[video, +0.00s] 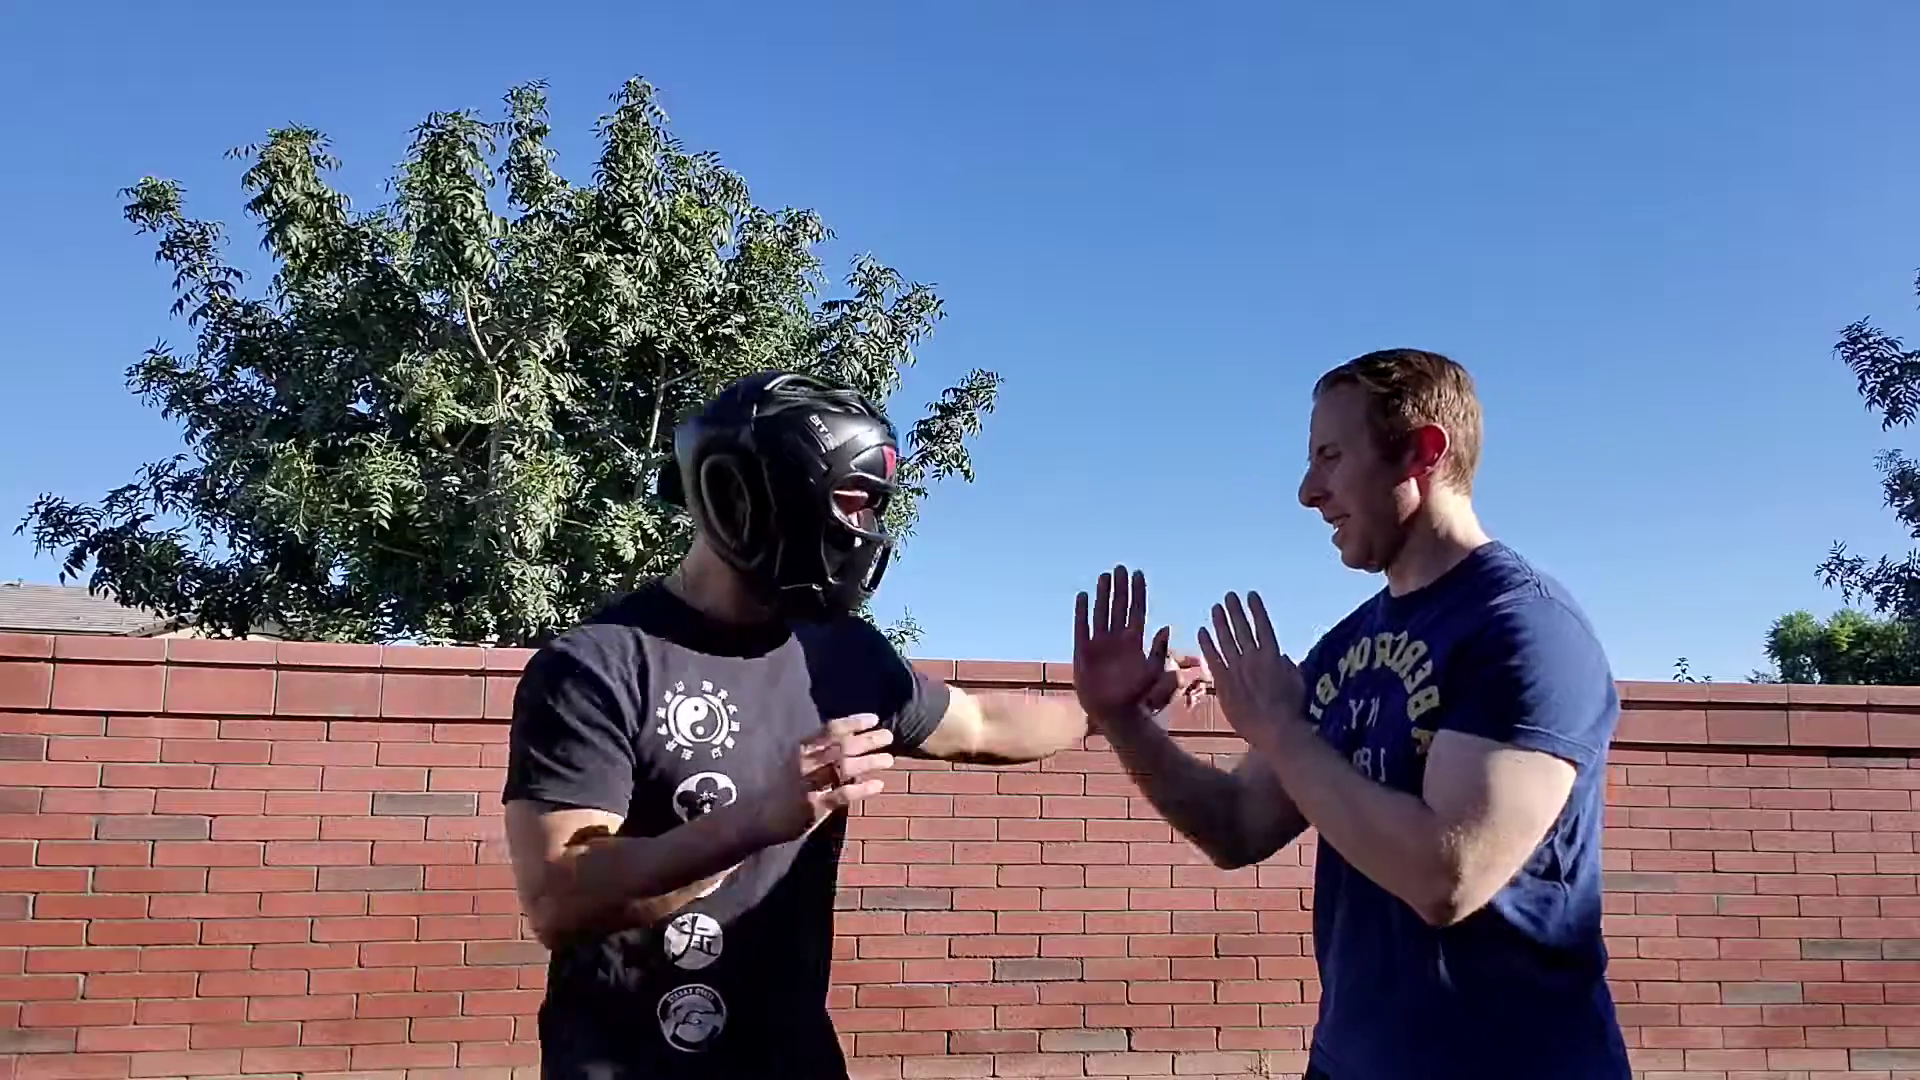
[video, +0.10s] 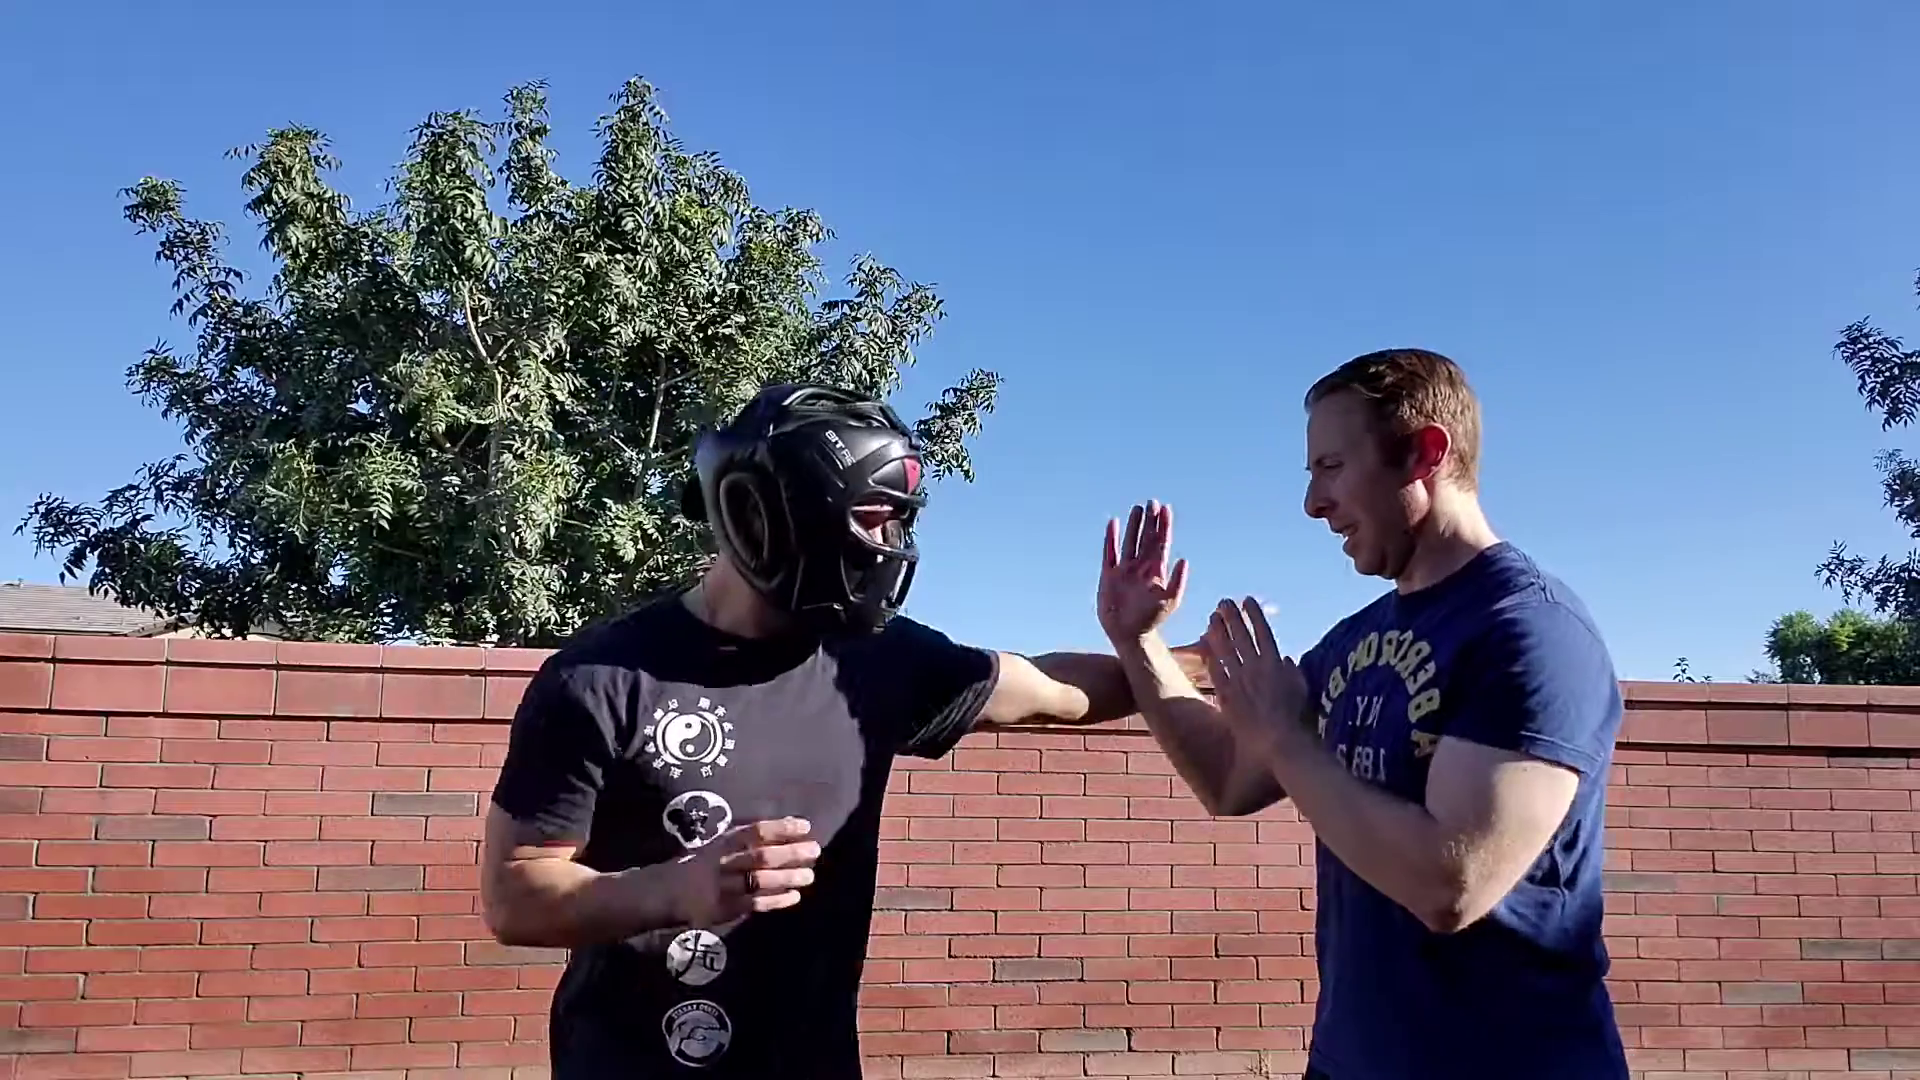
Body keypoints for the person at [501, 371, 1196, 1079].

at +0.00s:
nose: (867, 531)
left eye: (873, 507)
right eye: (847, 503)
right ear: (754, 497)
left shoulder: (837, 652)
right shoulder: (591, 670)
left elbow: (984, 728)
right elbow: (557, 902)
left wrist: (1106, 713)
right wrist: (766, 816)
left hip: (788, 1054)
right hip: (623, 1059)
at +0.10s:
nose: (893, 543)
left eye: (896, 518)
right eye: (870, 517)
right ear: (774, 515)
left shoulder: (881, 666)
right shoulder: (597, 684)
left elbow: (1064, 692)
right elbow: (516, 898)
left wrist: (1194, 678)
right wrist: (679, 890)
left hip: (809, 1059)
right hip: (629, 1062)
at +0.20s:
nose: (882, 550)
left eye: (891, 527)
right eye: (859, 525)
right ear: (759, 519)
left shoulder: (870, 664)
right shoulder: (593, 682)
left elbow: (1069, 672)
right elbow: (499, 904)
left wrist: (1198, 640)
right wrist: (697, 870)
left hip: (804, 1066)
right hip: (625, 1066)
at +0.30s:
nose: (881, 546)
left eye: (887, 522)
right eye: (858, 519)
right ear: (761, 513)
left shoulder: (867, 655)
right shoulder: (584, 677)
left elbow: (1058, 672)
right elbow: (528, 899)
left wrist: (1203, 640)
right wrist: (720, 799)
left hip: (803, 1060)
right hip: (621, 1062)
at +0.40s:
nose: (886, 538)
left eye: (891, 514)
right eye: (862, 511)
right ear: (760, 509)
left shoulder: (872, 659)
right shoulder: (589, 676)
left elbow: (1068, 672)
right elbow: (525, 897)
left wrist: (1210, 642)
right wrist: (714, 809)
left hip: (806, 1064)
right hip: (624, 1064)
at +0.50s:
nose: (892, 535)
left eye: (895, 510)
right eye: (869, 508)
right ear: (772, 507)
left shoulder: (868, 656)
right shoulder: (597, 673)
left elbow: (1061, 675)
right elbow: (547, 899)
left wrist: (1214, 638)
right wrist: (741, 800)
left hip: (809, 1059)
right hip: (631, 1060)